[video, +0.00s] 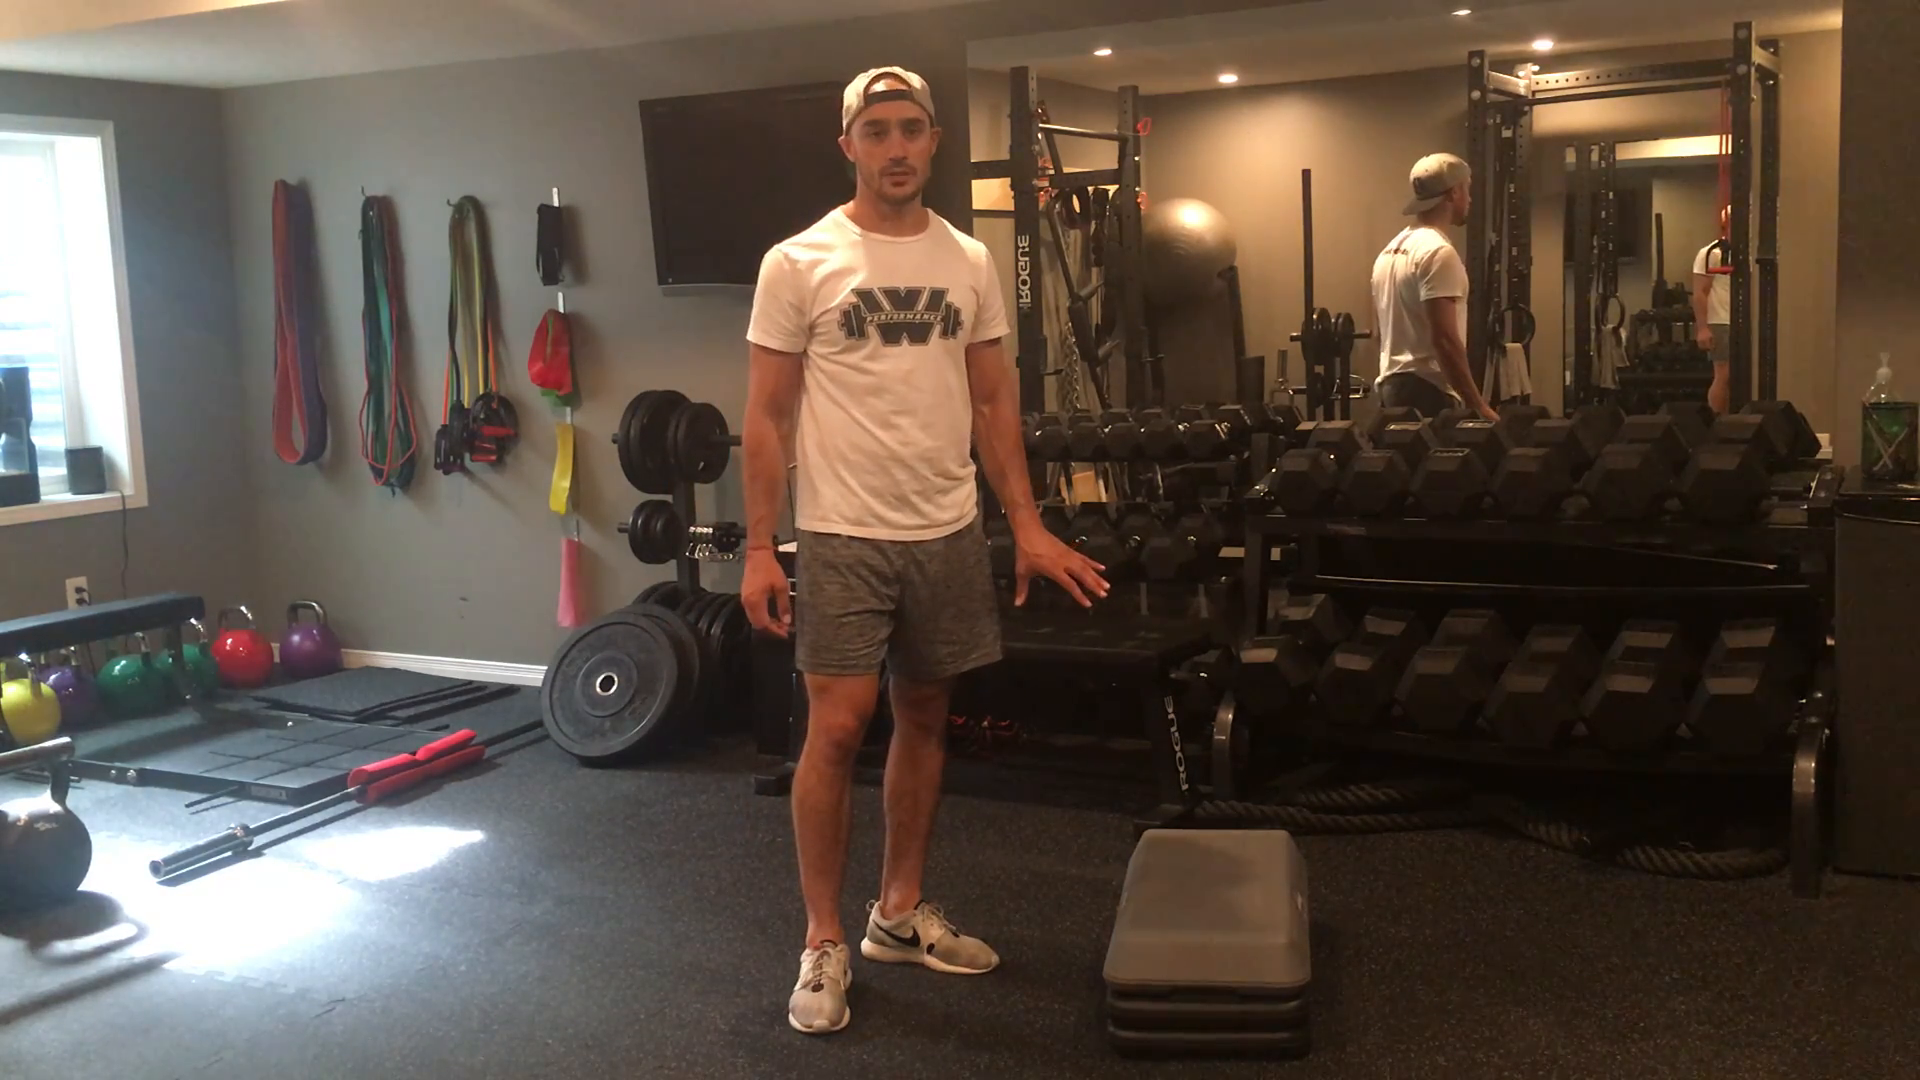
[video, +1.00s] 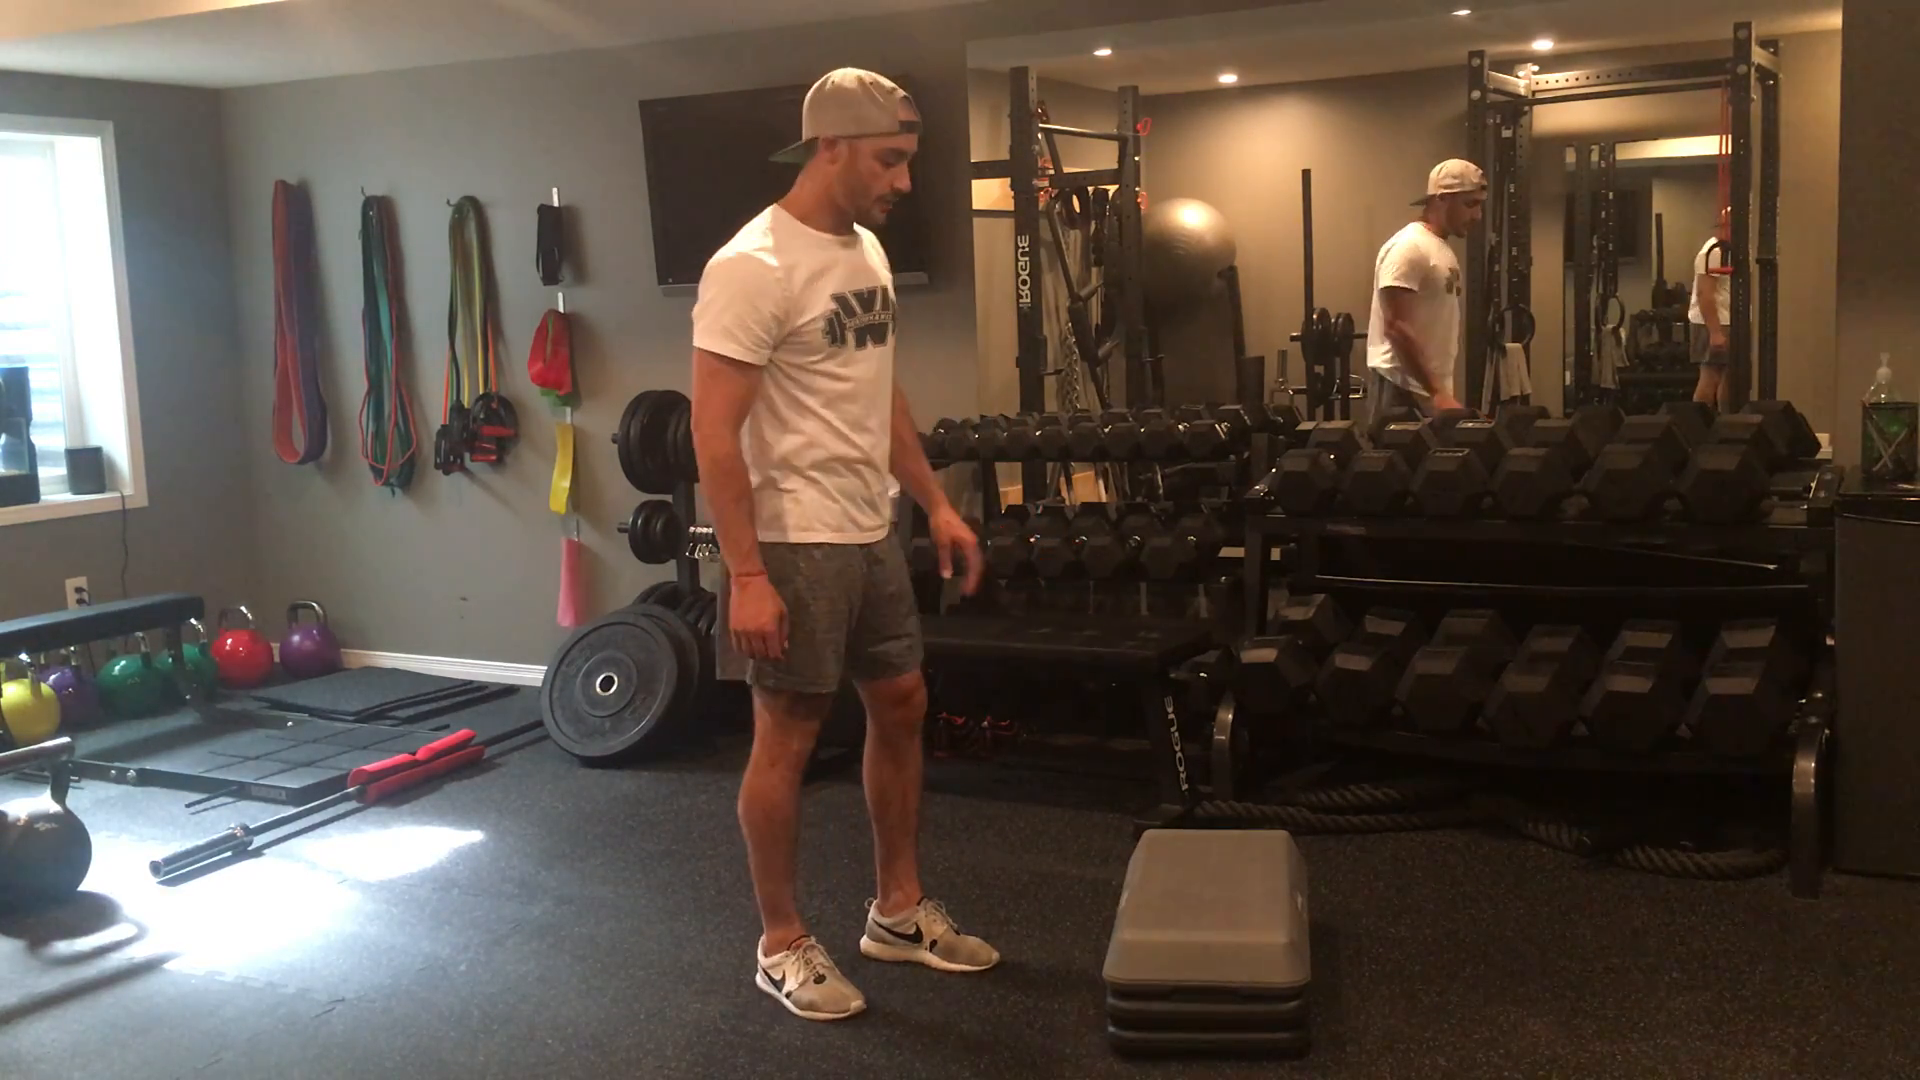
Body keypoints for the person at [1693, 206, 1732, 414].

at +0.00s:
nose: (1734, 226)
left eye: (1737, 220)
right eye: (1731, 220)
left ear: (1743, 223)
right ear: (1724, 223)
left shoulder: (1748, 253)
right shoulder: (1709, 254)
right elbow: (1700, 292)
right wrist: (1702, 327)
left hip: (1744, 323)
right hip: (1721, 323)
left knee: (1736, 378)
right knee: (1723, 377)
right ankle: (1716, 424)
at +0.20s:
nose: (1735, 225)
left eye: (1737, 220)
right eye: (1731, 219)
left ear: (1744, 222)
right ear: (1724, 221)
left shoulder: (1748, 253)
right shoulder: (1709, 254)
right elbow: (1700, 292)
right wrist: (1701, 326)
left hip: (1743, 325)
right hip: (1720, 324)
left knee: (1736, 377)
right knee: (1724, 376)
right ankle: (1711, 420)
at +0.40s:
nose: (1737, 225)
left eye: (1739, 219)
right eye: (1733, 219)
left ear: (1744, 222)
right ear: (1725, 222)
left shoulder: (1746, 252)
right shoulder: (1709, 252)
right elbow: (1698, 291)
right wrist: (1701, 326)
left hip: (1741, 323)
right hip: (1720, 323)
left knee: (1732, 378)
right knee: (1725, 377)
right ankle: (1701, 421)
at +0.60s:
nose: (1732, 225)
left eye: (1734, 220)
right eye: (1727, 220)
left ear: (1739, 223)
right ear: (1718, 224)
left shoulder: (1741, 252)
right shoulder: (1707, 253)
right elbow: (1699, 293)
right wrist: (1705, 328)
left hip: (1738, 326)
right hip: (1719, 325)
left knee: (1730, 381)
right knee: (1721, 379)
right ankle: (1699, 422)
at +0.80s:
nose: (1737, 228)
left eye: (1738, 222)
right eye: (1734, 222)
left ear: (1724, 221)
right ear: (1724, 221)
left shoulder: (1735, 251)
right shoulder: (1705, 252)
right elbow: (1699, 296)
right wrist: (1710, 330)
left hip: (1735, 325)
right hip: (1719, 326)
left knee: (1726, 384)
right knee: (1715, 382)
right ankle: (1696, 426)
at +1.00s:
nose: (1737, 228)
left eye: (1737, 223)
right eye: (1735, 223)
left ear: (1724, 222)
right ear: (1727, 222)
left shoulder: (1727, 251)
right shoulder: (1714, 250)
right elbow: (1705, 294)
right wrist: (1715, 330)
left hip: (1725, 322)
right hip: (1711, 324)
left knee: (1728, 379)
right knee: (1709, 379)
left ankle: (1727, 424)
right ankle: (1698, 424)